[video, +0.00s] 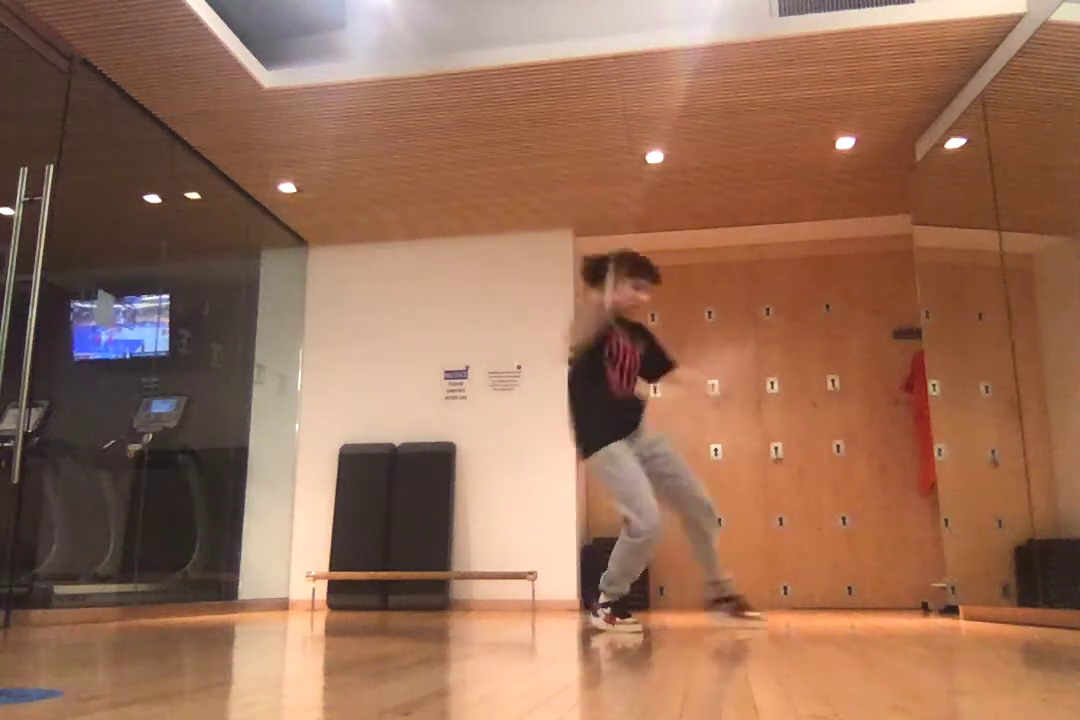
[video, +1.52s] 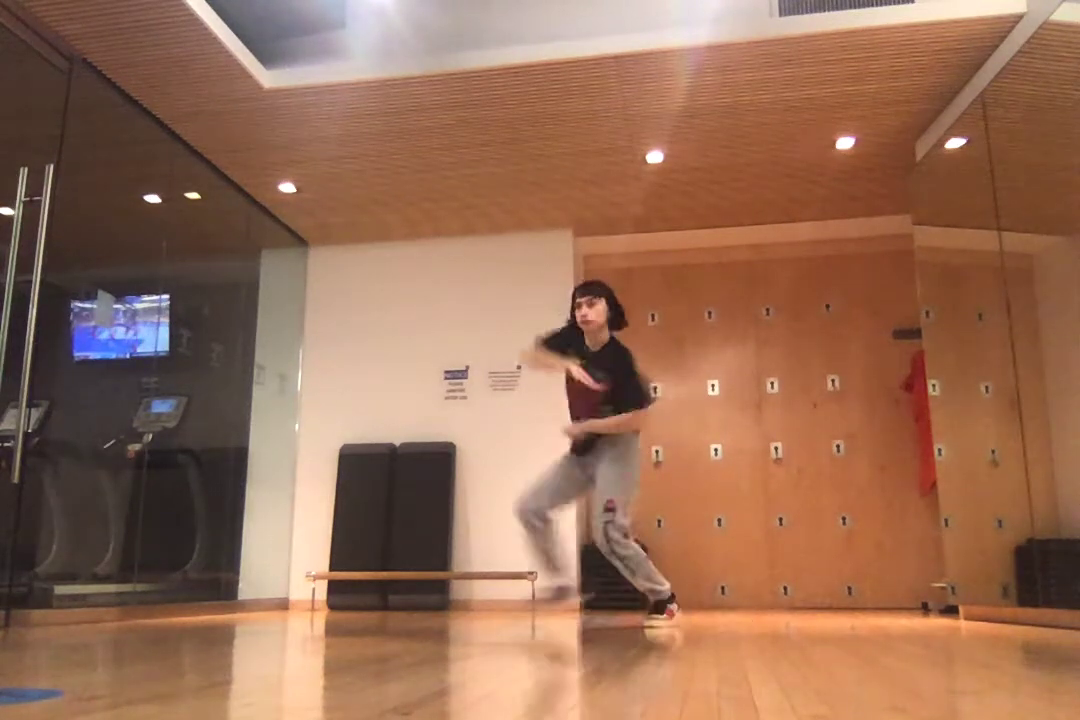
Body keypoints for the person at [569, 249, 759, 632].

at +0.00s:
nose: (642, 298)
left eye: (646, 291)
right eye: (635, 288)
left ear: (648, 294)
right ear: (610, 288)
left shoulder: (636, 334)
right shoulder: (590, 331)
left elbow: (667, 376)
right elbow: (579, 337)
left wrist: (707, 385)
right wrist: (599, 303)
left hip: (636, 433)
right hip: (602, 442)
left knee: (696, 505)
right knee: (646, 521)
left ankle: (720, 595)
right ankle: (605, 603)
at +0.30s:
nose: (661, 300)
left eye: (661, 293)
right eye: (651, 294)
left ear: (667, 301)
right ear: (639, 303)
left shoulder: (653, 346)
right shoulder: (631, 345)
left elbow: (626, 388)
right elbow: (599, 382)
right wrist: (572, 418)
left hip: (620, 447)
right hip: (588, 446)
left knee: (665, 519)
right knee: (628, 518)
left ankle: (720, 595)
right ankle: (608, 607)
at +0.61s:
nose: (602, 261)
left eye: (608, 255)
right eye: (595, 256)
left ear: (619, 264)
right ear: (584, 265)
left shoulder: (623, 306)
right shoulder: (579, 292)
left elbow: (636, 355)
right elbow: (564, 259)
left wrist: (651, 401)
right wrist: (569, 210)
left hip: (632, 401)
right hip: (595, 404)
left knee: (636, 501)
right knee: (610, 502)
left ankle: (624, 593)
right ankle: (605, 599)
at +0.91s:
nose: (591, 315)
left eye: (599, 308)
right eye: (583, 308)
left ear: (612, 314)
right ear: (572, 315)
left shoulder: (625, 347)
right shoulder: (559, 352)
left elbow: (659, 337)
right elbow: (515, 362)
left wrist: (689, 326)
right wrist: (483, 354)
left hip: (613, 453)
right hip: (565, 454)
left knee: (597, 527)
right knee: (527, 515)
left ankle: (568, 602)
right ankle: (478, 582)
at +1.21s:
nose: (582, 304)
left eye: (590, 298)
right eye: (575, 299)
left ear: (602, 306)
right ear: (567, 308)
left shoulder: (617, 348)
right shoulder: (559, 361)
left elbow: (643, 388)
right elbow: (560, 422)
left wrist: (669, 401)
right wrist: (554, 470)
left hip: (622, 444)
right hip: (582, 455)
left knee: (598, 517)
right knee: (601, 527)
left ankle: (577, 598)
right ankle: (648, 587)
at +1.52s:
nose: (584, 311)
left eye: (592, 304)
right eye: (579, 306)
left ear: (608, 309)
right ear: (574, 313)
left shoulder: (619, 356)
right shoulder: (570, 339)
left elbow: (637, 419)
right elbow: (532, 355)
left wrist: (586, 425)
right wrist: (570, 366)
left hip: (617, 449)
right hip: (584, 451)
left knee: (609, 532)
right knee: (530, 507)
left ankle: (662, 598)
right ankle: (561, 585)